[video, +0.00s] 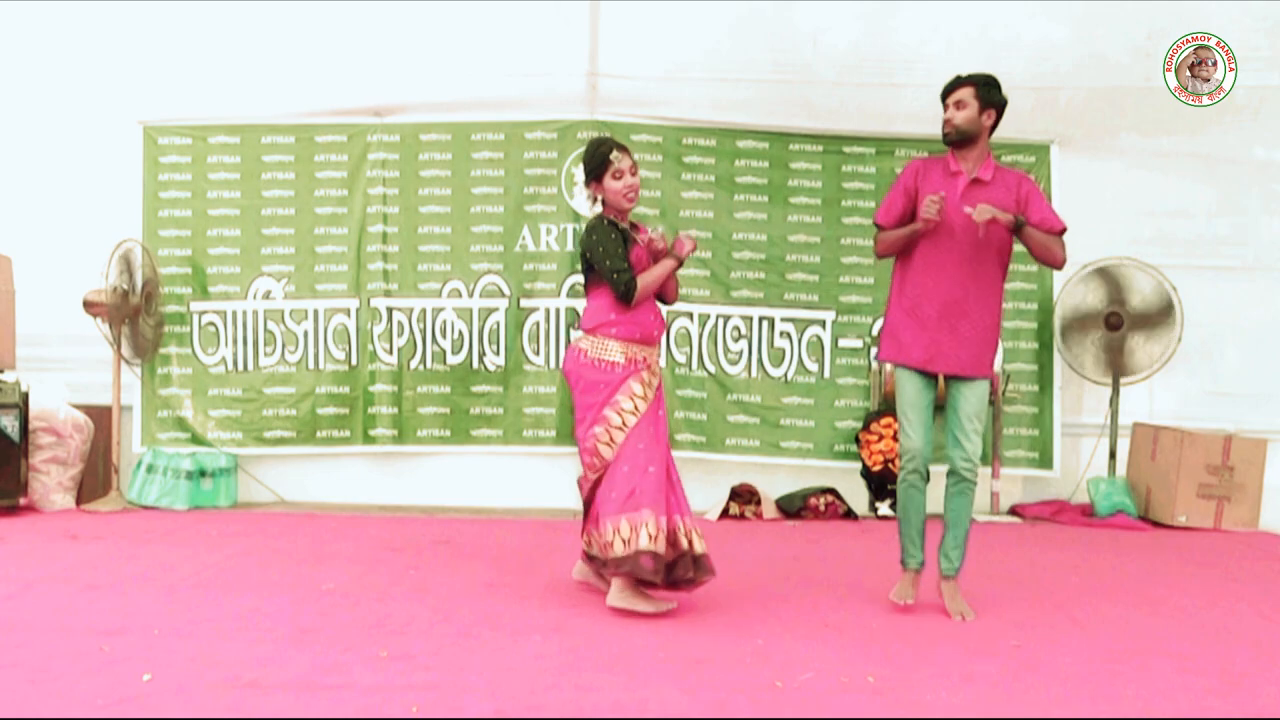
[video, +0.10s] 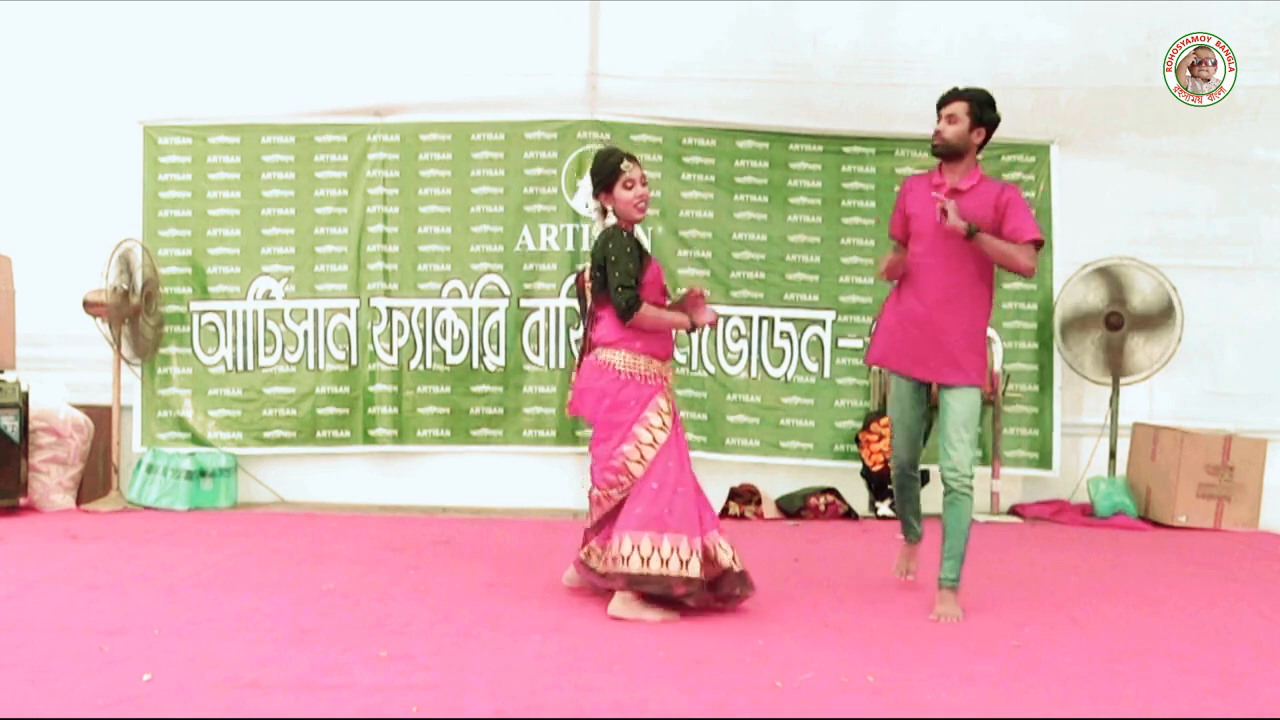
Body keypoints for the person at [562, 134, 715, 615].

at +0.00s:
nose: (630, 182)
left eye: (633, 172)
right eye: (618, 176)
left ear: (639, 175)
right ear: (597, 188)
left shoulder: (638, 234)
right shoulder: (600, 232)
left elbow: (668, 294)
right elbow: (627, 289)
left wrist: (663, 257)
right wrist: (672, 258)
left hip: (636, 359)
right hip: (605, 360)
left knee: (626, 458)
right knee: (635, 458)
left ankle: (594, 556)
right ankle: (625, 580)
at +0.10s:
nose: (642, 191)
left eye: (644, 183)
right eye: (630, 185)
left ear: (644, 188)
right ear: (607, 196)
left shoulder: (627, 241)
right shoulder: (618, 241)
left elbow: (639, 307)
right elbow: (631, 311)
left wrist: (679, 305)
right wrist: (686, 320)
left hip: (635, 375)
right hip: (627, 378)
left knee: (636, 473)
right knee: (655, 476)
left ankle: (591, 565)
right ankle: (630, 592)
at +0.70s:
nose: (615, 193)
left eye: (619, 184)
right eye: (603, 185)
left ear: (625, 188)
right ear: (581, 195)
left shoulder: (635, 239)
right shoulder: (573, 242)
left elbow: (660, 293)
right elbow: (580, 308)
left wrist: (647, 286)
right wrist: (641, 304)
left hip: (626, 364)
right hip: (583, 366)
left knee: (636, 457)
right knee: (601, 460)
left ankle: (630, 562)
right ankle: (579, 562)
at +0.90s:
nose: (600, 190)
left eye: (605, 181)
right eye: (589, 183)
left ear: (612, 187)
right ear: (568, 193)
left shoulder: (628, 241)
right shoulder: (557, 243)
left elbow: (646, 306)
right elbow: (544, 308)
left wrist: (618, 300)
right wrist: (595, 323)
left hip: (613, 363)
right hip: (564, 365)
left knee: (617, 455)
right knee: (561, 456)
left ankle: (612, 558)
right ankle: (545, 544)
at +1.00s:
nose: (596, 193)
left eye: (600, 184)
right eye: (584, 186)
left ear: (607, 189)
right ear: (564, 196)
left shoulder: (624, 246)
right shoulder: (552, 247)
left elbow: (636, 307)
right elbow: (535, 312)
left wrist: (621, 340)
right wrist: (572, 356)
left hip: (610, 368)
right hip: (560, 368)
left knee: (610, 459)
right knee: (566, 459)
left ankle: (608, 562)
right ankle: (568, 562)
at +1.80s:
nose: (645, 234)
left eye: (650, 223)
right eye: (633, 226)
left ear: (658, 223)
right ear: (613, 233)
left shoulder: (676, 269)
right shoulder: (606, 281)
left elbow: (678, 331)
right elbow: (591, 350)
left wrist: (663, 388)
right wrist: (610, 410)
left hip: (651, 382)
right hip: (603, 381)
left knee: (650, 462)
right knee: (614, 459)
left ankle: (638, 563)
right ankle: (598, 557)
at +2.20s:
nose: (695, 224)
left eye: (700, 214)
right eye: (683, 217)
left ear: (708, 217)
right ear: (665, 227)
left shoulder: (720, 266)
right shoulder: (660, 277)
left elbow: (737, 324)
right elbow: (644, 347)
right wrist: (674, 397)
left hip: (711, 378)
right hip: (665, 379)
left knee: (713, 464)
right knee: (667, 463)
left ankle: (711, 557)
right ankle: (625, 543)